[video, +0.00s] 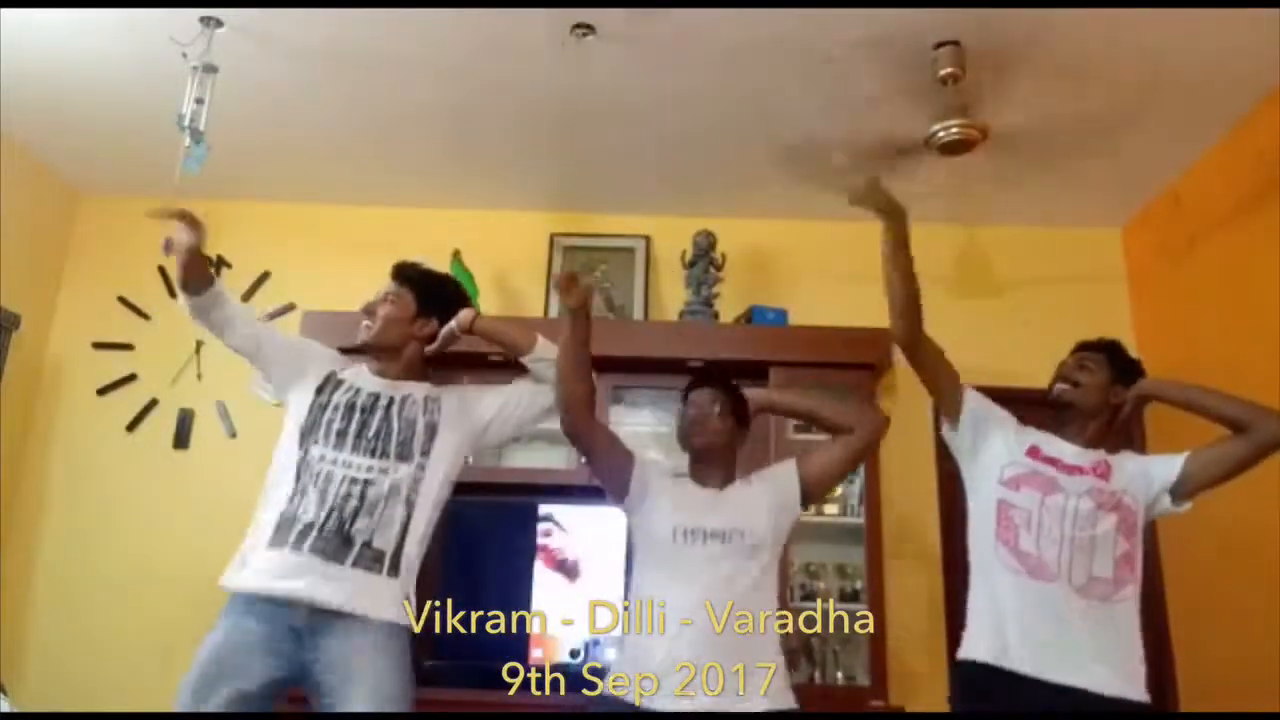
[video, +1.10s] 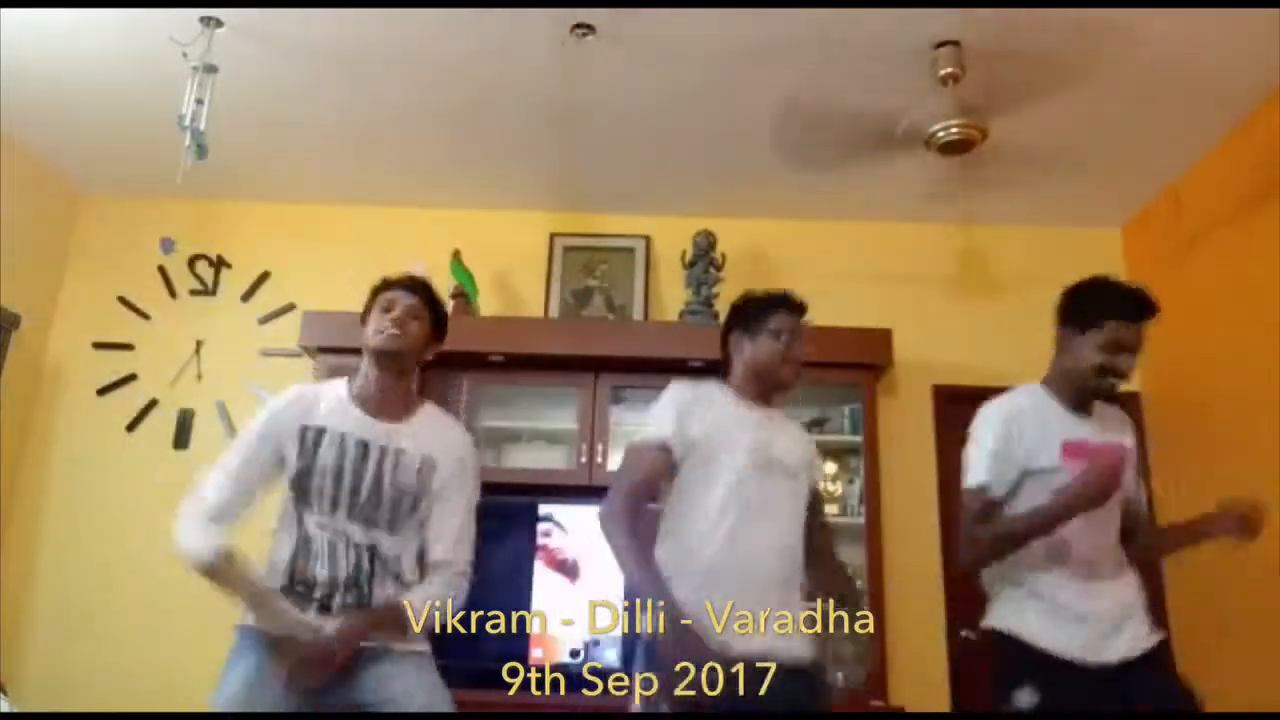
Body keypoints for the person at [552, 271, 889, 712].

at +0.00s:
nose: (698, 415)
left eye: (713, 408)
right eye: (689, 408)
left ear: (739, 424)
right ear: (678, 425)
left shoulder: (773, 493)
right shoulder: (647, 489)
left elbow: (869, 424)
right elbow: (578, 422)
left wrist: (765, 398)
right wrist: (577, 314)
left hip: (756, 701)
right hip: (651, 696)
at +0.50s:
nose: (722, 360)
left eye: (737, 354)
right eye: (714, 351)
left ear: (758, 376)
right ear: (694, 368)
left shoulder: (778, 449)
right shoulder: (646, 429)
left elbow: (889, 455)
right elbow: (545, 388)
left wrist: (818, 376)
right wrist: (532, 265)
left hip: (738, 677)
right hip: (630, 665)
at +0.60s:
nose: (739, 344)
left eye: (751, 340)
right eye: (725, 335)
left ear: (761, 367)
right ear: (695, 359)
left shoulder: (775, 442)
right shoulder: (645, 411)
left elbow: (859, 520)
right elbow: (533, 444)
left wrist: (862, 430)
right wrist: (544, 363)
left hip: (731, 660)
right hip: (629, 650)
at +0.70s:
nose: (739, 356)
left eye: (751, 352)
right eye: (726, 347)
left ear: (763, 377)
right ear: (696, 366)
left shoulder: (775, 458)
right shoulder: (639, 426)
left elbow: (817, 572)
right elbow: (554, 489)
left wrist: (842, 529)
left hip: (734, 670)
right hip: (629, 665)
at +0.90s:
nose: (771, 408)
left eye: (776, 399)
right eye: (753, 399)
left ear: (785, 414)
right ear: (713, 419)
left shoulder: (787, 514)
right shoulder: (662, 489)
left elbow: (778, 622)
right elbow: (584, 595)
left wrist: (777, 686)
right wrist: (598, 682)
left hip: (738, 702)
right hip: (646, 700)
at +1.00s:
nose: (787, 374)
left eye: (791, 363)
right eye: (769, 360)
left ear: (797, 376)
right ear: (729, 371)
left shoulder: (797, 475)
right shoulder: (686, 437)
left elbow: (804, 593)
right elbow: (603, 550)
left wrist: (814, 668)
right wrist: (640, 644)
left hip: (762, 688)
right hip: (670, 686)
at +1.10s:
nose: (795, 352)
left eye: (798, 341)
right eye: (781, 337)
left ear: (799, 350)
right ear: (738, 343)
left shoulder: (799, 441)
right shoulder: (689, 402)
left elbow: (819, 555)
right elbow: (617, 512)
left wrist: (861, 619)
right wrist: (669, 624)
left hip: (787, 671)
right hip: (695, 666)